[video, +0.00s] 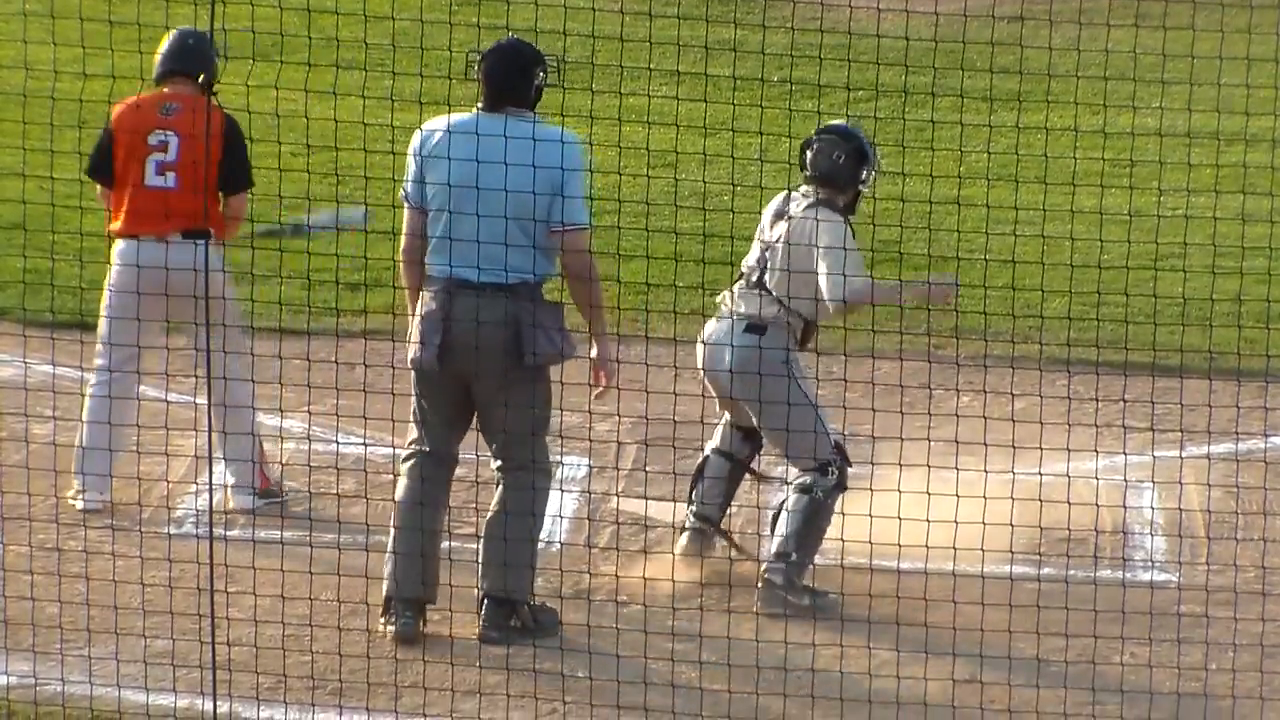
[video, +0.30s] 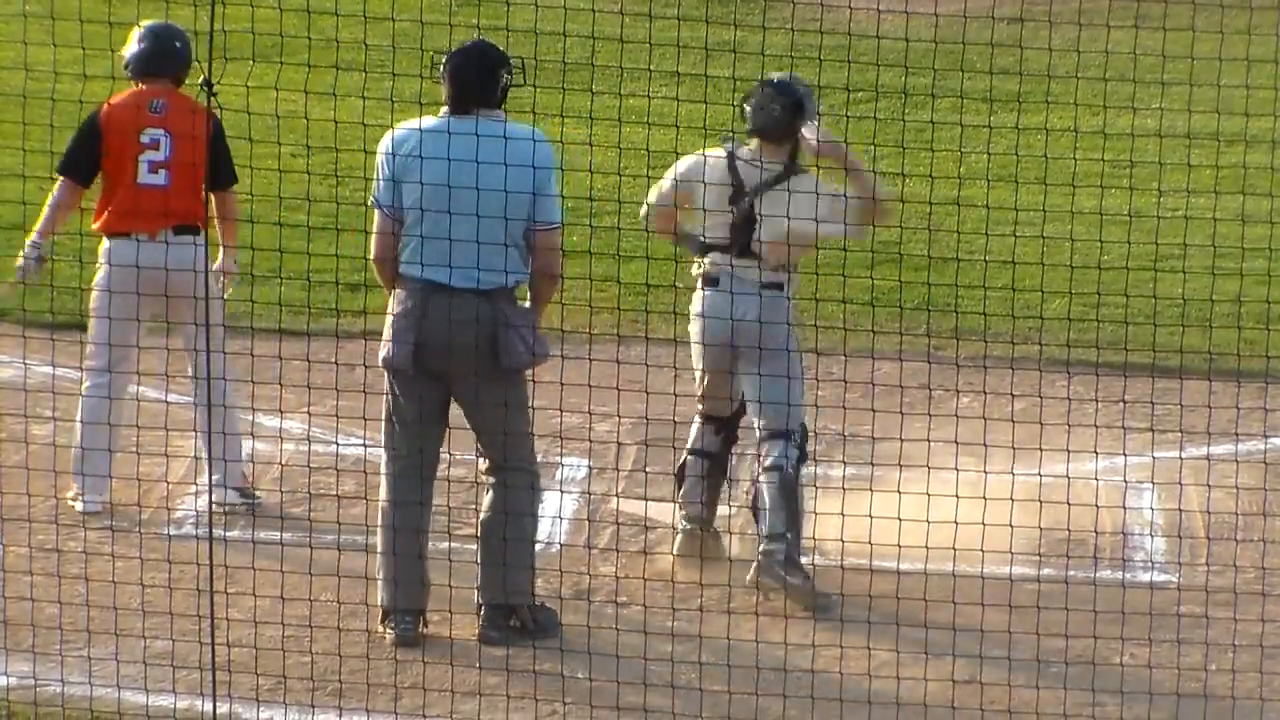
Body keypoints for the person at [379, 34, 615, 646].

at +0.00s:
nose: (542, 93)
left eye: (538, 84)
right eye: (541, 85)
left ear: (481, 86)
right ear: (534, 90)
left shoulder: (433, 136)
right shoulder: (560, 148)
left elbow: (412, 243)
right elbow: (575, 258)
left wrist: (420, 316)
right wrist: (600, 335)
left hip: (440, 317)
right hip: (515, 323)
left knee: (429, 452)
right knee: (524, 463)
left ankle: (403, 603)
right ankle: (504, 604)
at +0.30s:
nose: (502, 96)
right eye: (503, 88)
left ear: (444, 88)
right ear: (502, 91)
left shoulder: (402, 142)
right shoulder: (533, 148)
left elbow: (382, 253)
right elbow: (547, 259)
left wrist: (410, 295)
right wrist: (534, 322)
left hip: (414, 318)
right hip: (492, 323)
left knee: (407, 466)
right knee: (511, 466)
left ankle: (402, 610)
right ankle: (505, 608)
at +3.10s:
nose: (576, 97)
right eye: (575, 89)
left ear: (515, 89)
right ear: (570, 93)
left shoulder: (470, 139)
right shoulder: (594, 149)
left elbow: (440, 246)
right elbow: (607, 261)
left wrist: (429, 324)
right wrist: (619, 336)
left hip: (483, 318)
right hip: (560, 322)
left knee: (463, 454)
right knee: (548, 464)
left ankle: (441, 594)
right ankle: (530, 608)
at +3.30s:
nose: (580, 97)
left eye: (574, 88)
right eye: (579, 89)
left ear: (517, 89)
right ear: (573, 93)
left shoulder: (474, 138)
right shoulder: (598, 151)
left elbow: (440, 243)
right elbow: (606, 261)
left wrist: (432, 318)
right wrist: (619, 341)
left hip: (485, 315)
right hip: (560, 321)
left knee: (463, 453)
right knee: (548, 463)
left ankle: (441, 593)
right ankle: (529, 608)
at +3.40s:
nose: (570, 99)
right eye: (574, 91)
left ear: (519, 90)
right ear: (573, 93)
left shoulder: (475, 138)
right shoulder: (598, 149)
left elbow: (442, 243)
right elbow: (607, 257)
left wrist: (440, 308)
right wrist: (618, 336)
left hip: (485, 316)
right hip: (560, 321)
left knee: (463, 454)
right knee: (547, 461)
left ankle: (441, 593)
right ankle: (529, 608)